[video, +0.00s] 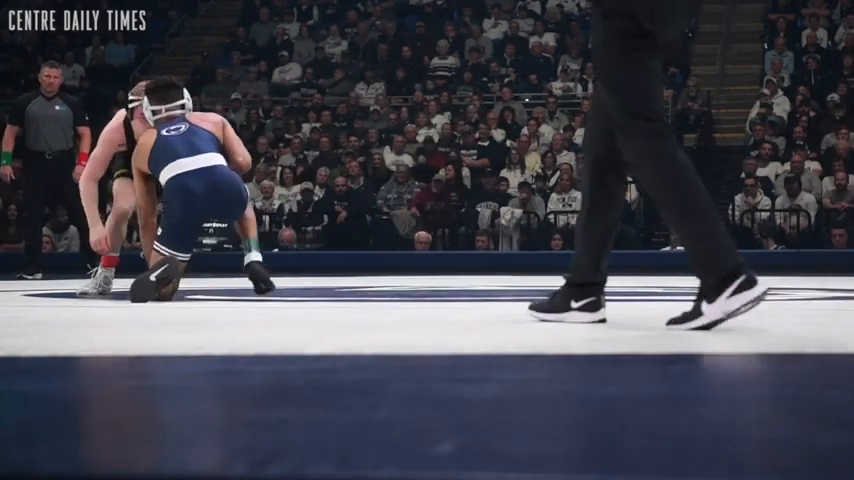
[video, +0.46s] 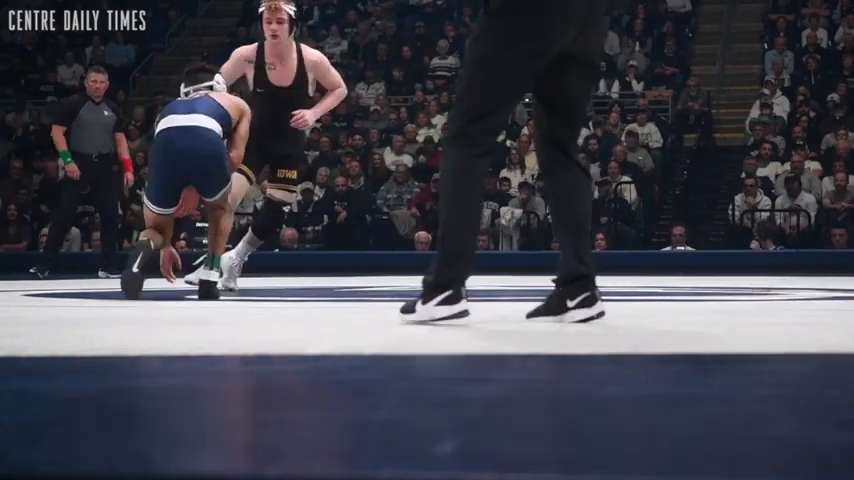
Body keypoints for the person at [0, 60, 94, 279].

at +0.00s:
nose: (51, 81)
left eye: (56, 77)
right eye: (48, 77)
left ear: (61, 80)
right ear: (40, 78)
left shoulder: (72, 104)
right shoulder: (25, 102)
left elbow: (85, 134)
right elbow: (10, 132)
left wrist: (82, 162)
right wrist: (5, 161)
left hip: (65, 164)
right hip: (35, 164)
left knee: (79, 211)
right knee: (32, 214)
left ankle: (93, 261)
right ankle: (33, 266)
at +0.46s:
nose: (97, 86)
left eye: (102, 82)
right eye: (93, 82)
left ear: (107, 84)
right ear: (85, 83)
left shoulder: (112, 109)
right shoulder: (72, 104)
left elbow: (120, 139)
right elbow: (57, 132)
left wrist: (128, 168)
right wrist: (68, 161)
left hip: (106, 167)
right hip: (78, 166)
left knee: (110, 215)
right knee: (65, 214)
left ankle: (108, 265)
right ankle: (45, 264)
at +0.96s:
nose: (93, 83)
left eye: (96, 79)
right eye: (89, 79)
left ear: (102, 82)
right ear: (81, 81)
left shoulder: (109, 107)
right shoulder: (69, 103)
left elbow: (118, 137)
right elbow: (52, 131)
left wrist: (125, 165)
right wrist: (57, 161)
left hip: (103, 165)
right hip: (76, 164)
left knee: (106, 216)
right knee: (66, 214)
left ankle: (108, 265)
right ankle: (55, 266)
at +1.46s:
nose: (70, 82)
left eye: (74, 78)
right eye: (66, 78)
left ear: (79, 81)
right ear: (57, 79)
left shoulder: (88, 105)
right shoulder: (43, 104)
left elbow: (98, 135)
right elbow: (28, 133)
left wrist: (92, 161)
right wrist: (26, 163)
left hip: (81, 164)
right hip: (52, 164)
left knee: (91, 212)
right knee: (51, 214)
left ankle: (93, 260)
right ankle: (52, 265)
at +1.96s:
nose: (98, 84)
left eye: (101, 80)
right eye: (93, 80)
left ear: (104, 83)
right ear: (83, 81)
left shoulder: (108, 109)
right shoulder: (71, 104)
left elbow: (115, 136)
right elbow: (54, 131)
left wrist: (116, 162)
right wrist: (58, 162)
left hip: (101, 167)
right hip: (75, 166)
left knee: (115, 210)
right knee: (65, 213)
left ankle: (124, 263)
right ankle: (54, 265)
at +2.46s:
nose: (151, 86)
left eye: (154, 82)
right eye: (146, 81)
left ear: (157, 85)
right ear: (137, 82)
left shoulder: (152, 107)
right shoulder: (130, 101)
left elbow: (155, 137)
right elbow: (118, 131)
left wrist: (169, 160)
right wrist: (133, 160)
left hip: (143, 161)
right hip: (128, 160)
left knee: (140, 210)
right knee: (138, 209)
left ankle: (129, 260)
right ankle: (126, 260)